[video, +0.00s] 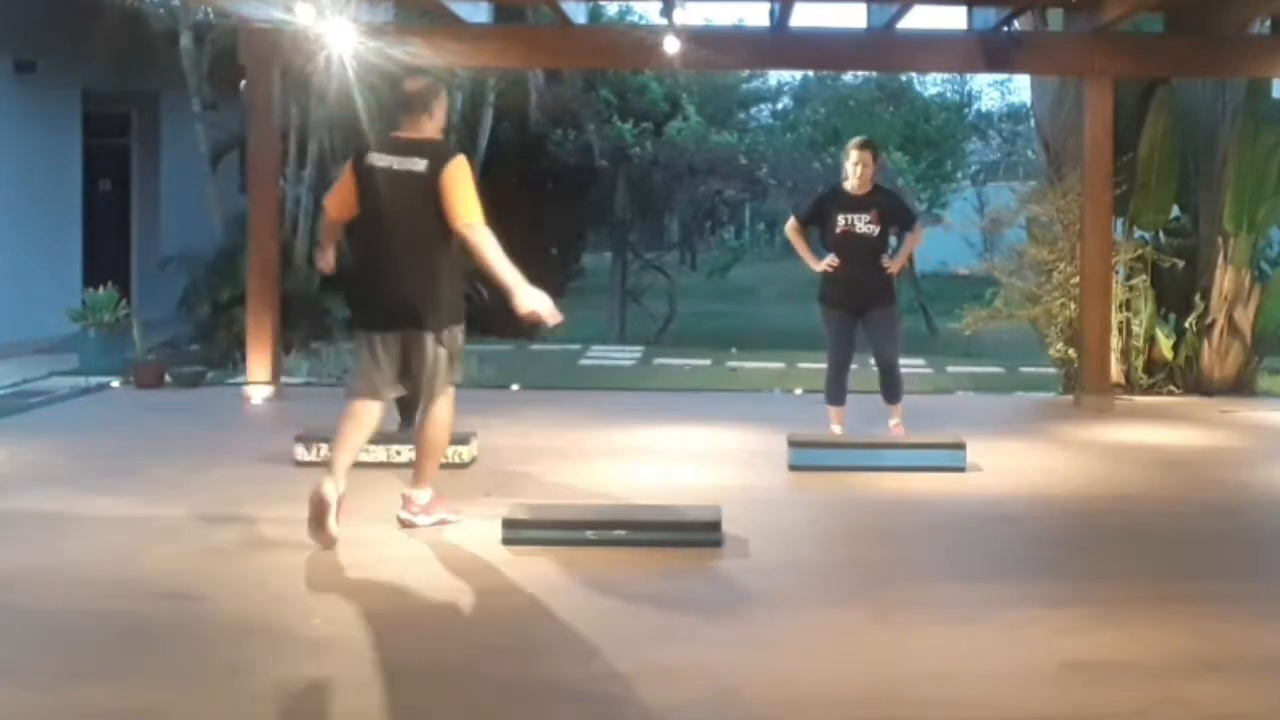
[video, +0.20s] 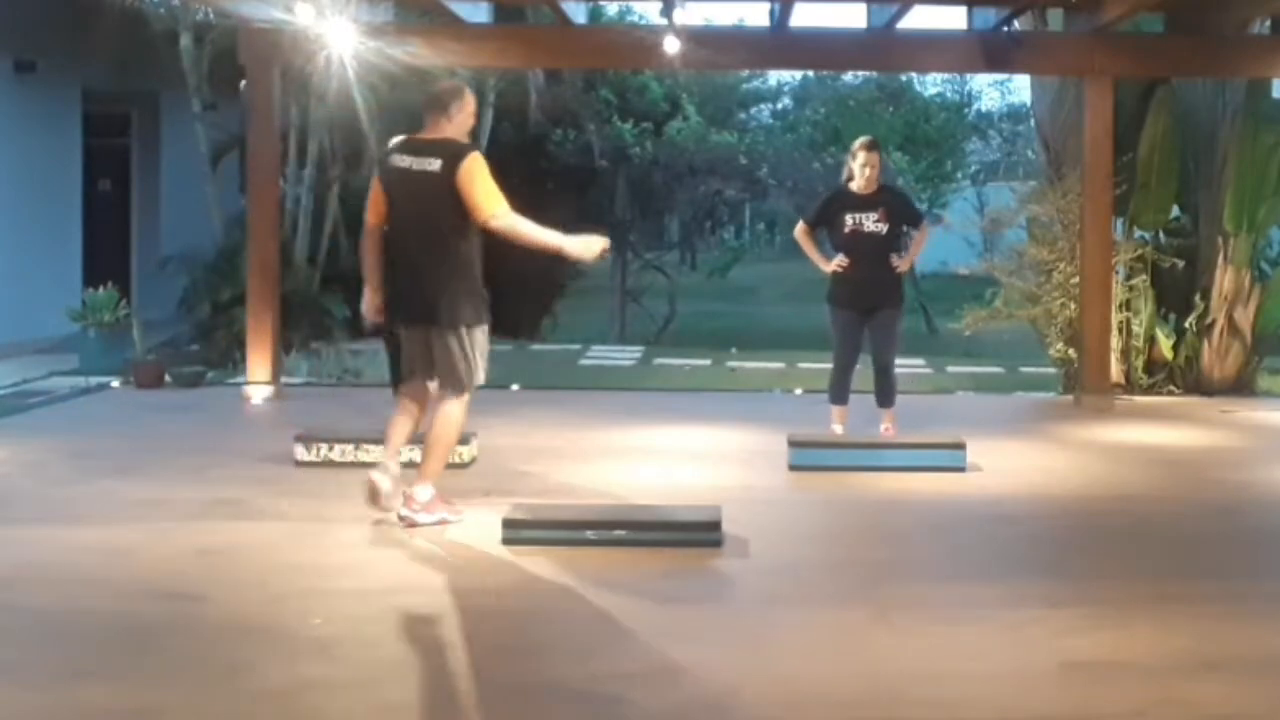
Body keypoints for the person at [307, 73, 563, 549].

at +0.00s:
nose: (447, 118)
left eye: (444, 110)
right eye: (446, 110)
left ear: (400, 111)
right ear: (437, 111)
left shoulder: (367, 161)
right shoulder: (449, 164)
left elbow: (334, 212)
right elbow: (472, 229)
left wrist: (327, 246)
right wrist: (520, 288)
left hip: (375, 304)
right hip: (433, 307)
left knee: (367, 395)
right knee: (439, 398)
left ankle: (333, 484)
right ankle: (421, 498)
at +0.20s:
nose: (472, 123)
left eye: (472, 115)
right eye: (471, 115)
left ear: (429, 112)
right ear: (457, 113)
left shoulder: (394, 155)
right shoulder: (465, 160)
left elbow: (372, 227)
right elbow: (497, 218)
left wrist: (372, 286)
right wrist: (568, 243)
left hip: (404, 296)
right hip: (454, 301)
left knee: (414, 386)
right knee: (455, 394)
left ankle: (387, 466)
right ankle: (423, 494)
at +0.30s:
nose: (484, 122)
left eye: (484, 113)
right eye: (482, 113)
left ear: (442, 110)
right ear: (463, 110)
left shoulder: (404, 150)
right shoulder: (472, 154)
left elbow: (386, 222)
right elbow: (499, 213)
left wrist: (396, 280)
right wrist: (571, 232)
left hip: (416, 289)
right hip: (459, 292)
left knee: (432, 384)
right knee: (456, 388)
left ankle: (427, 484)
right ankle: (424, 493)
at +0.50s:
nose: (506, 120)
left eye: (505, 112)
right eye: (502, 112)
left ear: (464, 113)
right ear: (483, 113)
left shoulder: (428, 154)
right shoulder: (487, 158)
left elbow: (411, 219)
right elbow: (502, 222)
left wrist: (449, 236)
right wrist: (553, 274)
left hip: (438, 290)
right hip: (479, 296)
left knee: (454, 385)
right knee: (474, 387)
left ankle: (464, 475)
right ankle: (426, 484)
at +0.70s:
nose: (527, 117)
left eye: (526, 109)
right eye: (521, 109)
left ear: (489, 111)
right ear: (497, 111)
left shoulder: (458, 151)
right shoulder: (498, 155)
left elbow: (444, 206)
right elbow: (492, 218)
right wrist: (515, 284)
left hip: (460, 285)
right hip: (499, 285)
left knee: (464, 375)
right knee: (537, 365)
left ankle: (465, 480)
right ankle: (484, 449)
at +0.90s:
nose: (551, 120)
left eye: (550, 112)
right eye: (544, 112)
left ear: (517, 117)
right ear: (518, 116)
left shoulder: (494, 156)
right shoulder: (515, 158)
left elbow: (478, 220)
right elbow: (501, 216)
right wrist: (541, 271)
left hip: (490, 288)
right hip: (522, 289)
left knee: (484, 374)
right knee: (549, 371)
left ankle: (469, 474)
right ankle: (550, 466)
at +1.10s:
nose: (571, 122)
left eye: (570, 114)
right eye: (563, 114)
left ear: (541, 120)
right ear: (538, 119)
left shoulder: (536, 159)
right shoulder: (532, 162)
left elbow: (536, 223)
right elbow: (528, 220)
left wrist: (580, 257)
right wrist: (578, 258)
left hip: (538, 291)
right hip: (547, 293)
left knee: (545, 378)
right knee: (561, 375)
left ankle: (497, 442)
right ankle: (552, 468)